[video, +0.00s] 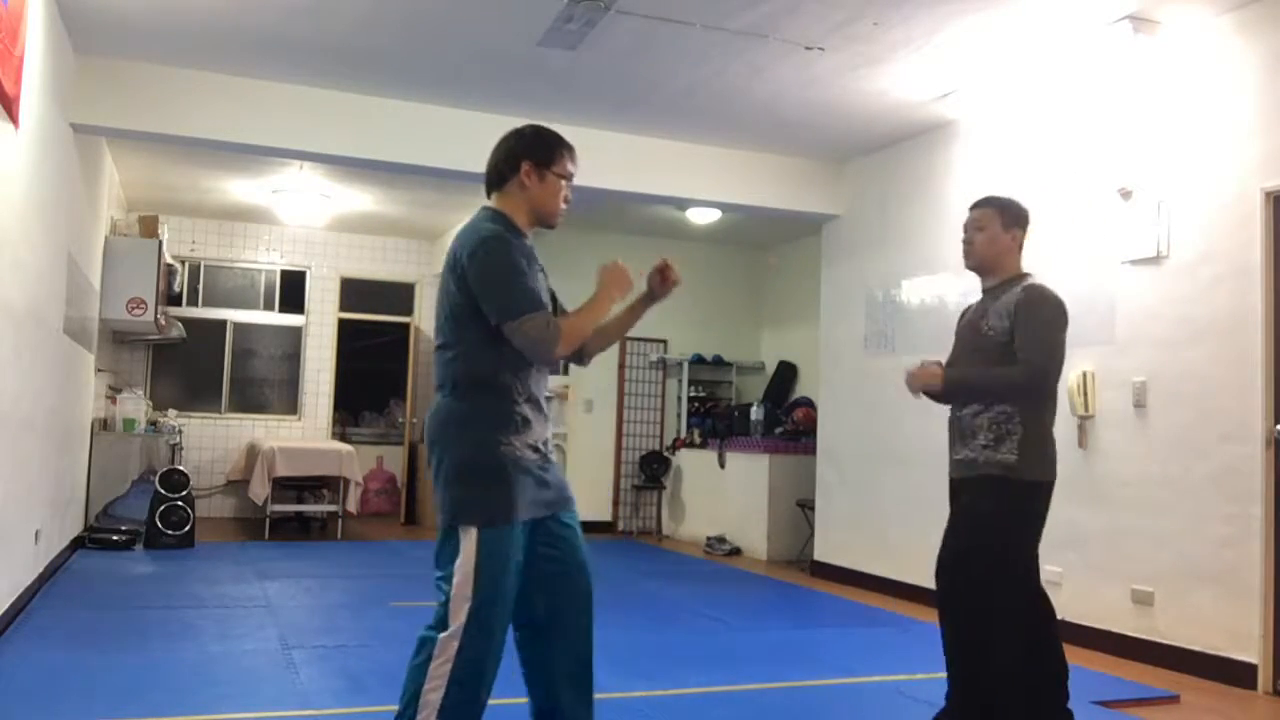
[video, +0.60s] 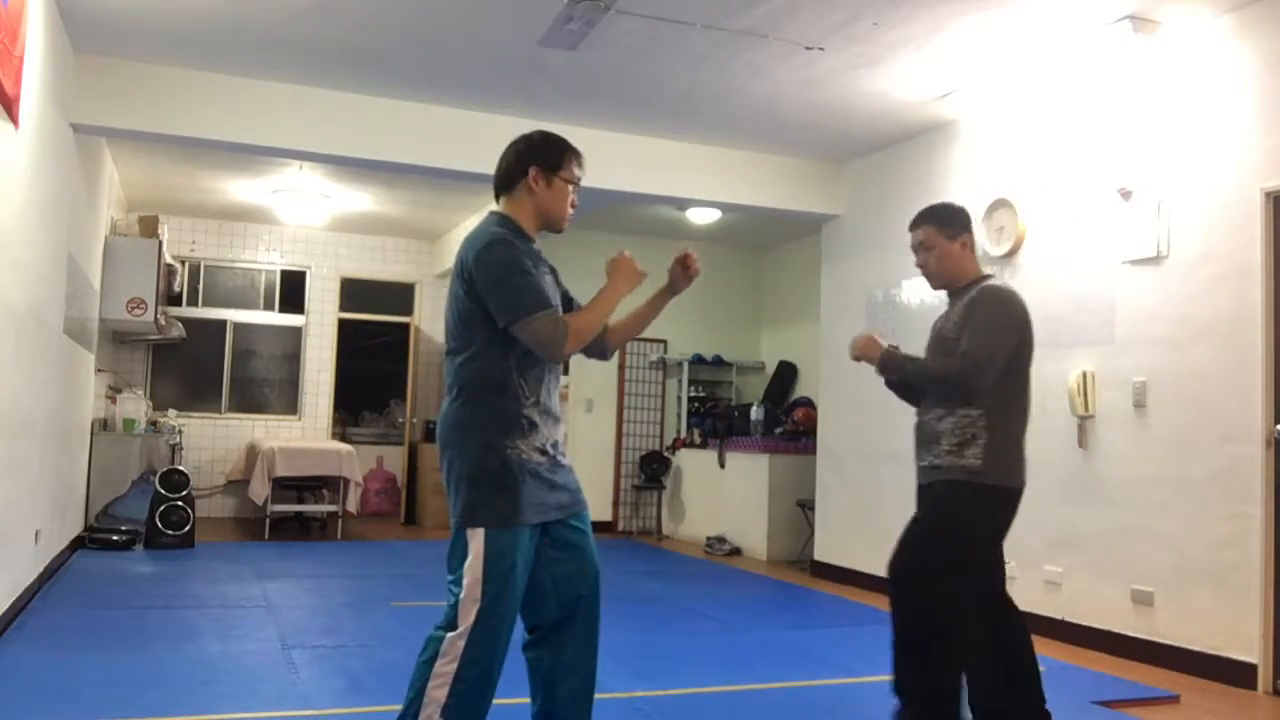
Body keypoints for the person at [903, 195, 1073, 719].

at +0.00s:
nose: (965, 239)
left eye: (976, 229)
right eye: (964, 231)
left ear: (1013, 236)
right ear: (974, 242)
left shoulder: (1037, 302)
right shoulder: (971, 315)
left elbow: (1034, 380)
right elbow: (966, 389)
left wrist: (947, 382)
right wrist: (935, 381)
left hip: (1014, 476)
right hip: (974, 476)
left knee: (958, 580)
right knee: (1010, 592)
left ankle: (972, 705)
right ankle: (1041, 707)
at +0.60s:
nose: (918, 262)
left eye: (924, 248)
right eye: (915, 252)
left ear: (960, 243)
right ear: (952, 249)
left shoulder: (995, 303)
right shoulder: (947, 321)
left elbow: (967, 381)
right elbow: (933, 397)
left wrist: (885, 356)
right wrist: (890, 366)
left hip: (978, 482)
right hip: (945, 482)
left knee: (913, 579)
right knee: (983, 604)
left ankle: (926, 709)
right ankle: (1019, 712)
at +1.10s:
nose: (770, 257)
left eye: (780, 243)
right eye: (765, 247)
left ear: (820, 237)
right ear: (766, 249)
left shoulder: (858, 298)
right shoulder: (773, 305)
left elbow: (826, 380)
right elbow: (693, 335)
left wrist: (743, 334)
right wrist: (669, 271)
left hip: (861, 488)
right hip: (799, 487)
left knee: (831, 615)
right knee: (732, 577)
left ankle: (837, 709)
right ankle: (792, 685)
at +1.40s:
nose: (629, 251)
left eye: (639, 237)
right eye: (627, 238)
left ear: (676, 239)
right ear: (633, 242)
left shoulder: (721, 309)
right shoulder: (635, 307)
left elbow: (682, 393)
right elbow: (552, 352)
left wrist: (625, 327)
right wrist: (510, 306)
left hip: (701, 510)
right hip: (630, 504)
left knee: (738, 635)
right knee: (549, 631)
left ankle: (815, 714)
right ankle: (518, 710)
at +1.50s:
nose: (571, 243)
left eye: (579, 229)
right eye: (568, 231)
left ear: (617, 226)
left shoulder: (665, 300)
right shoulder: (589, 296)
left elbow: (638, 368)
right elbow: (526, 345)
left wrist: (587, 312)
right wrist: (484, 305)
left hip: (648, 495)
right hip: (583, 488)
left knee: (664, 624)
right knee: (521, 626)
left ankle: (758, 710)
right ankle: (499, 709)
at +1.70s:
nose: (497, 224)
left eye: (504, 210)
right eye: (494, 213)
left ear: (543, 203)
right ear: (541, 208)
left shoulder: (583, 267)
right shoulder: (540, 275)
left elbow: (545, 340)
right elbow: (504, 326)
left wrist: (486, 269)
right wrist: (470, 272)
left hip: (596, 474)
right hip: (546, 470)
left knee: (582, 620)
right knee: (521, 622)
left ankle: (614, 713)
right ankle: (504, 711)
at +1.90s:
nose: (473, 215)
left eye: (480, 201)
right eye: (470, 205)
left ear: (523, 195)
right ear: (512, 201)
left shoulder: (557, 253)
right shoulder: (517, 264)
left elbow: (522, 315)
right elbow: (486, 319)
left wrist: (451, 250)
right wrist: (439, 256)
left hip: (571, 465)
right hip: (528, 464)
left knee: (572, 621)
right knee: (533, 621)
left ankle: (593, 715)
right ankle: (539, 714)